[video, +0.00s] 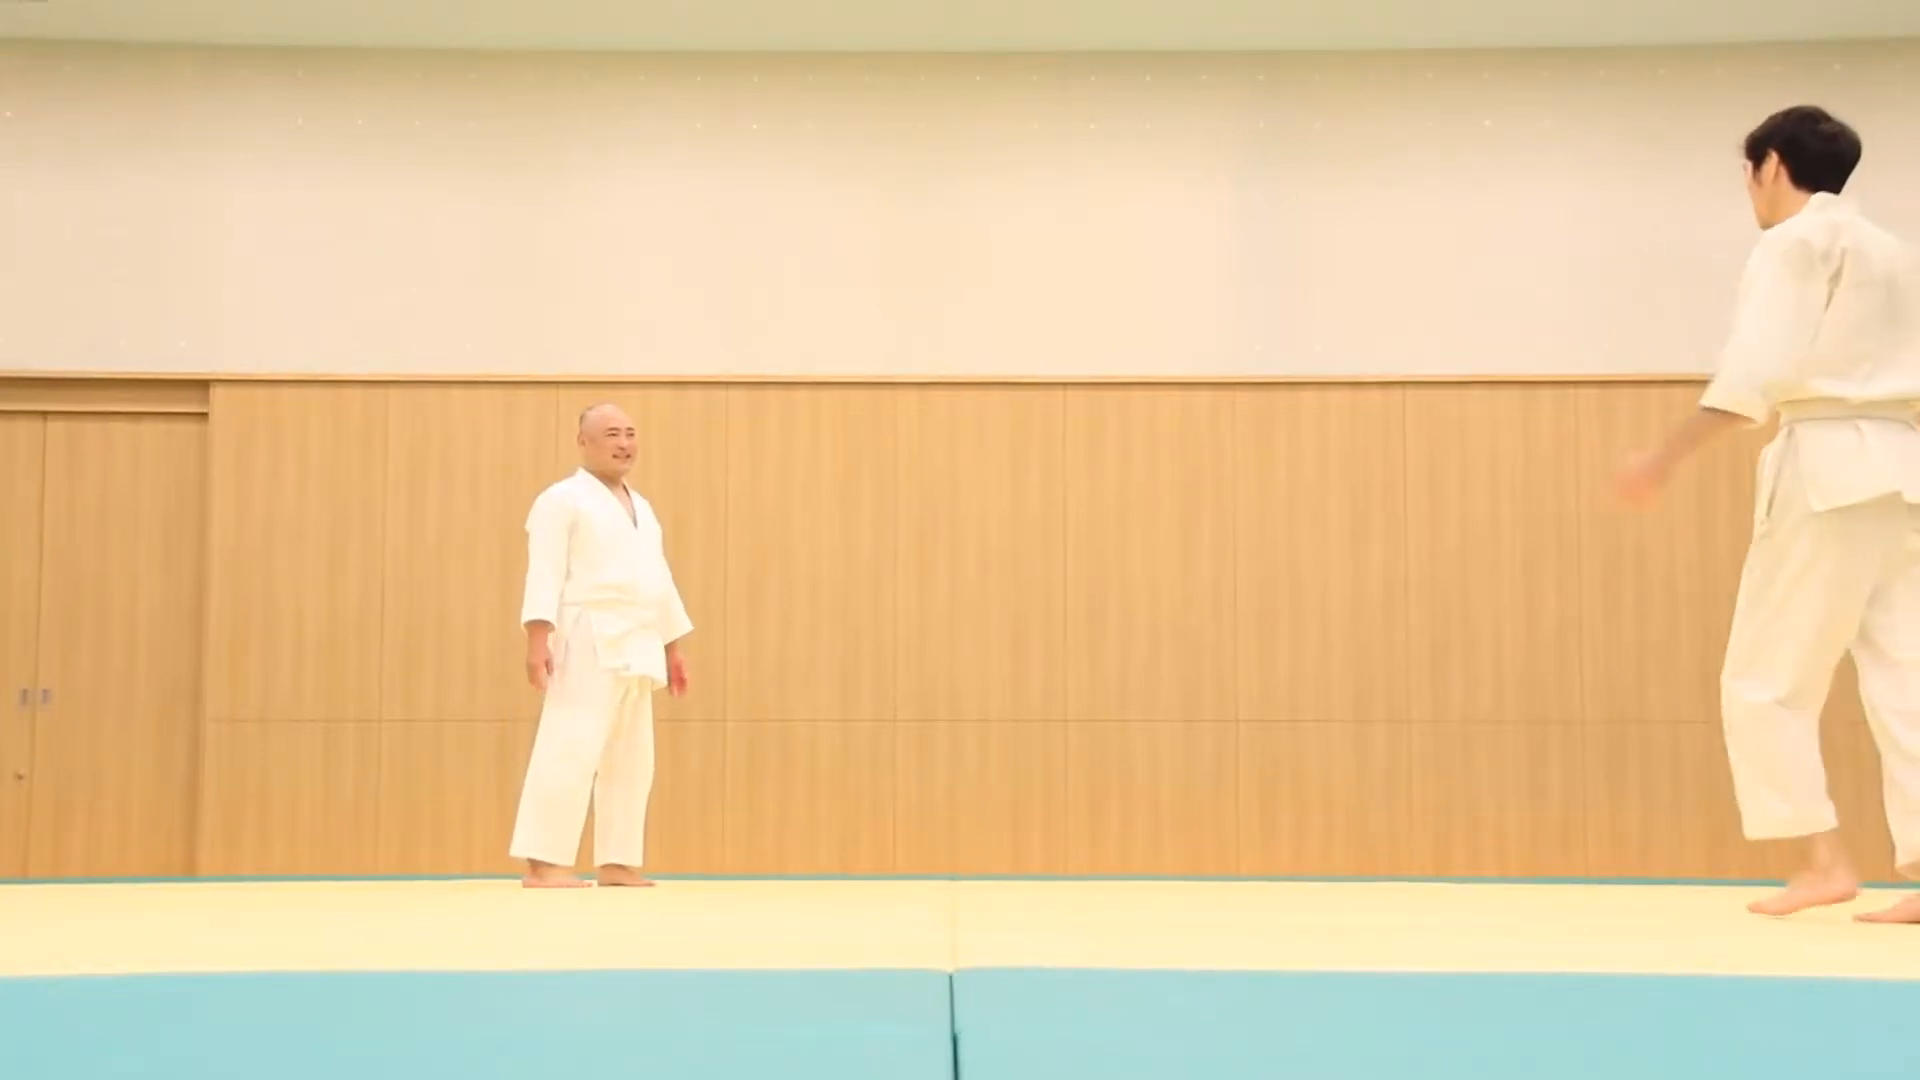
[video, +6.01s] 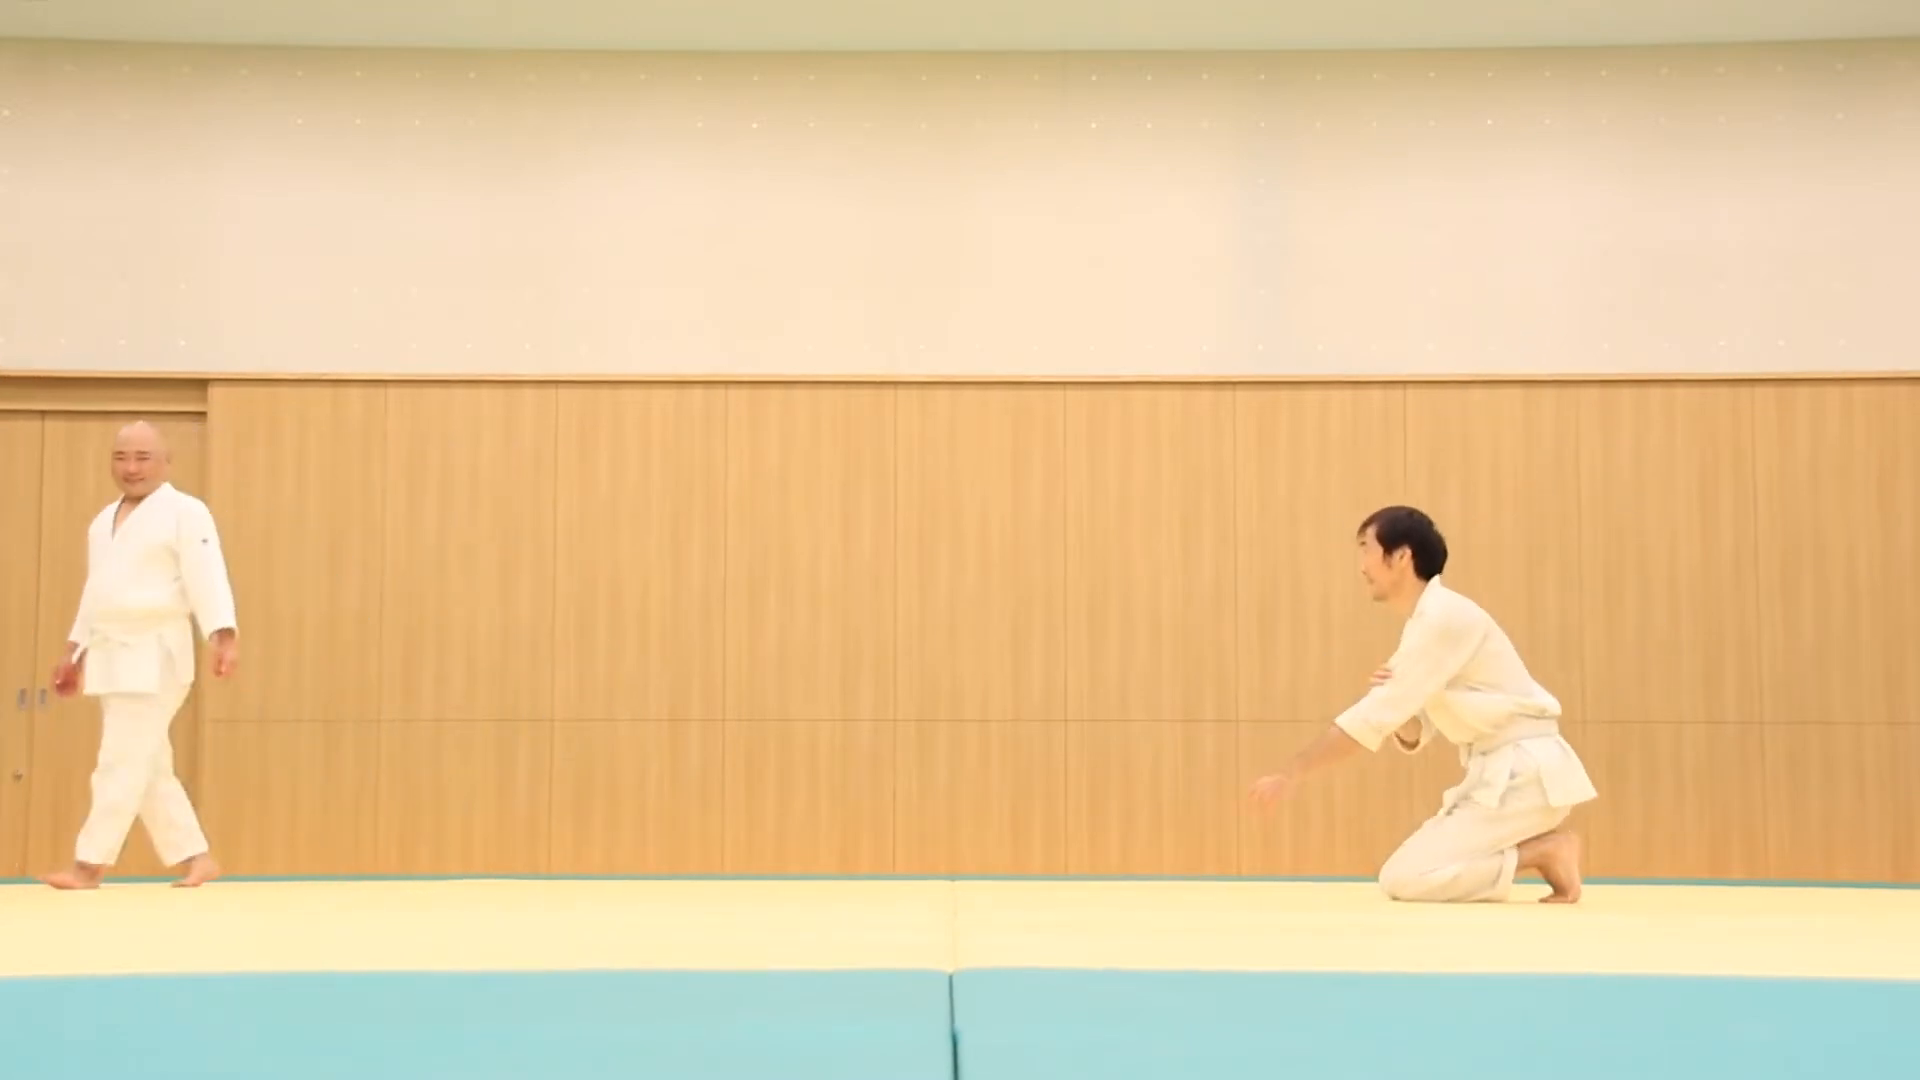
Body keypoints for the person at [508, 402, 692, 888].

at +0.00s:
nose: (624, 442)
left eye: (630, 434)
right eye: (611, 434)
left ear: (638, 443)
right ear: (583, 444)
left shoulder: (640, 506)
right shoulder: (561, 500)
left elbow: (658, 580)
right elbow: (543, 572)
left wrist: (671, 645)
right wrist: (538, 637)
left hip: (638, 648)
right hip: (584, 644)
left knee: (630, 756)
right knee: (568, 751)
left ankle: (617, 863)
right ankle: (543, 864)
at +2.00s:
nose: (618, 458)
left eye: (624, 450)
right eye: (606, 449)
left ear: (631, 459)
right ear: (580, 458)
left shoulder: (646, 517)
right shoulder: (547, 513)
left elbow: (679, 570)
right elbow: (522, 577)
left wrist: (717, 608)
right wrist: (504, 637)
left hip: (628, 649)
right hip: (565, 648)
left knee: (627, 757)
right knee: (557, 755)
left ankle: (618, 863)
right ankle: (558, 860)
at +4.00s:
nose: (519, 479)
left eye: (528, 470)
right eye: (508, 471)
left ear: (540, 474)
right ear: (491, 476)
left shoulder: (560, 526)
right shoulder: (467, 526)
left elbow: (583, 584)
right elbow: (436, 582)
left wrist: (596, 637)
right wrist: (408, 627)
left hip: (544, 656)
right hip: (485, 656)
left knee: (572, 759)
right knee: (476, 760)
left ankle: (600, 862)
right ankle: (469, 865)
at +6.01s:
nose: (131, 466)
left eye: (143, 457)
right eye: (121, 457)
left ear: (165, 462)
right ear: (112, 463)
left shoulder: (186, 513)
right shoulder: (103, 522)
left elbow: (207, 574)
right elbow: (95, 592)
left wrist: (223, 635)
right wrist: (74, 651)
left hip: (158, 654)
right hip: (111, 655)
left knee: (121, 757)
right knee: (145, 761)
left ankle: (88, 867)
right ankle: (197, 857)